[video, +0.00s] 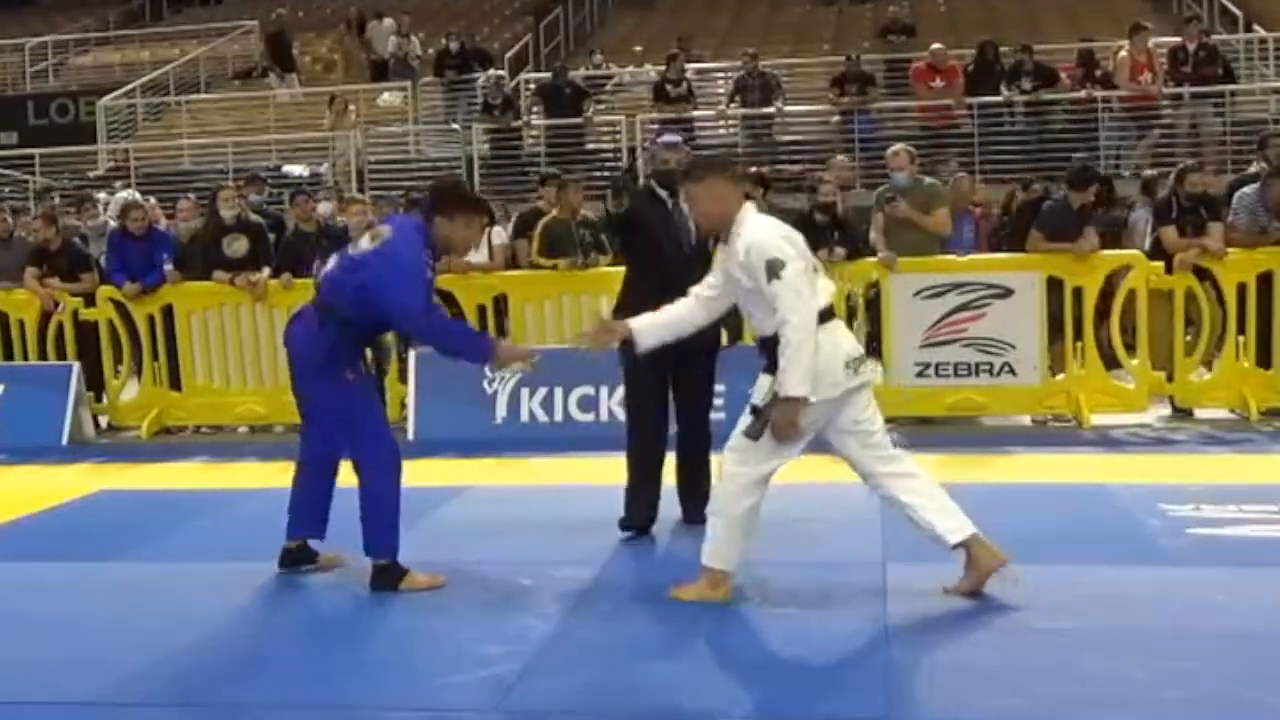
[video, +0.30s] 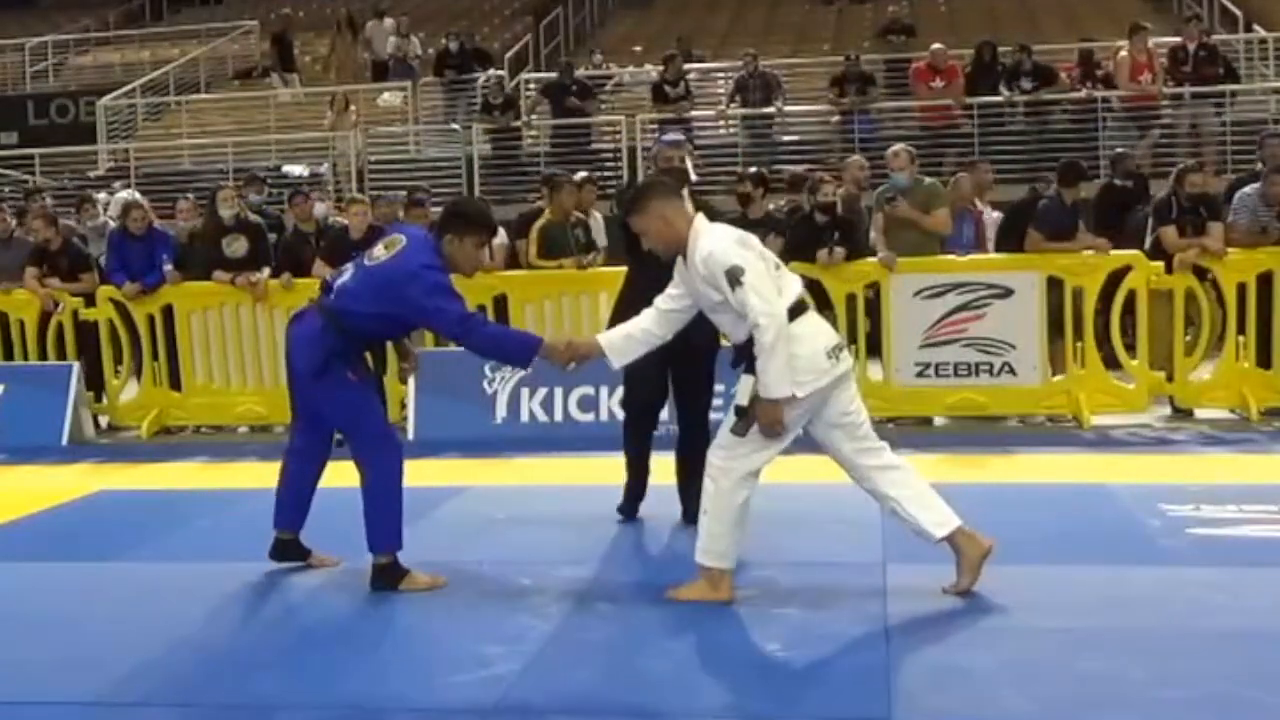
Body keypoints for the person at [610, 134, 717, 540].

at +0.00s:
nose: (669, 163)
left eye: (677, 155)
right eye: (662, 156)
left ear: (689, 161)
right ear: (650, 162)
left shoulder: (706, 205)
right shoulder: (636, 208)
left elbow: (726, 260)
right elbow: (626, 251)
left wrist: (728, 316)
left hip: (698, 320)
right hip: (645, 319)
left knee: (695, 422)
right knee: (646, 424)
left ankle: (695, 508)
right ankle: (639, 516)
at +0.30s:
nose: (673, 166)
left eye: (680, 159)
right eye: (666, 159)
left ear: (690, 163)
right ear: (652, 162)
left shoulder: (702, 207)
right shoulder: (632, 203)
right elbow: (628, 255)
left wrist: (723, 323)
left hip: (697, 317)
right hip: (643, 312)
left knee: (695, 418)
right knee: (639, 411)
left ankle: (693, 503)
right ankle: (634, 487)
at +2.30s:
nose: (642, 170)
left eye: (650, 165)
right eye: (638, 164)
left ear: (667, 170)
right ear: (631, 168)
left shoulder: (692, 215)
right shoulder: (618, 214)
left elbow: (706, 272)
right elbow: (607, 270)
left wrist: (715, 324)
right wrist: (599, 319)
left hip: (677, 325)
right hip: (630, 325)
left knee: (685, 406)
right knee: (636, 406)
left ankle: (691, 480)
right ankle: (637, 476)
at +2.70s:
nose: (636, 175)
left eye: (643, 169)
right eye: (630, 168)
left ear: (654, 173)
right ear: (619, 172)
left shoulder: (674, 210)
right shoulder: (602, 216)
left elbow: (693, 261)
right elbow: (592, 273)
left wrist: (679, 296)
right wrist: (591, 323)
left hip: (670, 318)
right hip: (625, 321)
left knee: (680, 399)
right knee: (633, 402)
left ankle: (690, 477)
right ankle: (638, 473)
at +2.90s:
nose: (645, 175)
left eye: (652, 169)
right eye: (639, 168)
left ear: (662, 174)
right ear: (626, 170)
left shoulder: (675, 209)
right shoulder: (604, 215)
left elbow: (698, 259)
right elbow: (593, 273)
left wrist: (676, 238)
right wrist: (593, 325)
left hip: (673, 317)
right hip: (627, 320)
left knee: (685, 398)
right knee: (635, 401)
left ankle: (697, 475)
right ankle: (639, 473)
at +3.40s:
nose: (685, 180)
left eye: (692, 173)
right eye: (679, 173)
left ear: (701, 175)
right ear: (666, 172)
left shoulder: (711, 209)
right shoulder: (643, 210)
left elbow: (727, 250)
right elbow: (625, 265)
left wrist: (699, 207)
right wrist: (624, 316)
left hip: (703, 306)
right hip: (653, 308)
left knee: (703, 393)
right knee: (647, 390)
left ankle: (699, 467)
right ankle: (642, 461)